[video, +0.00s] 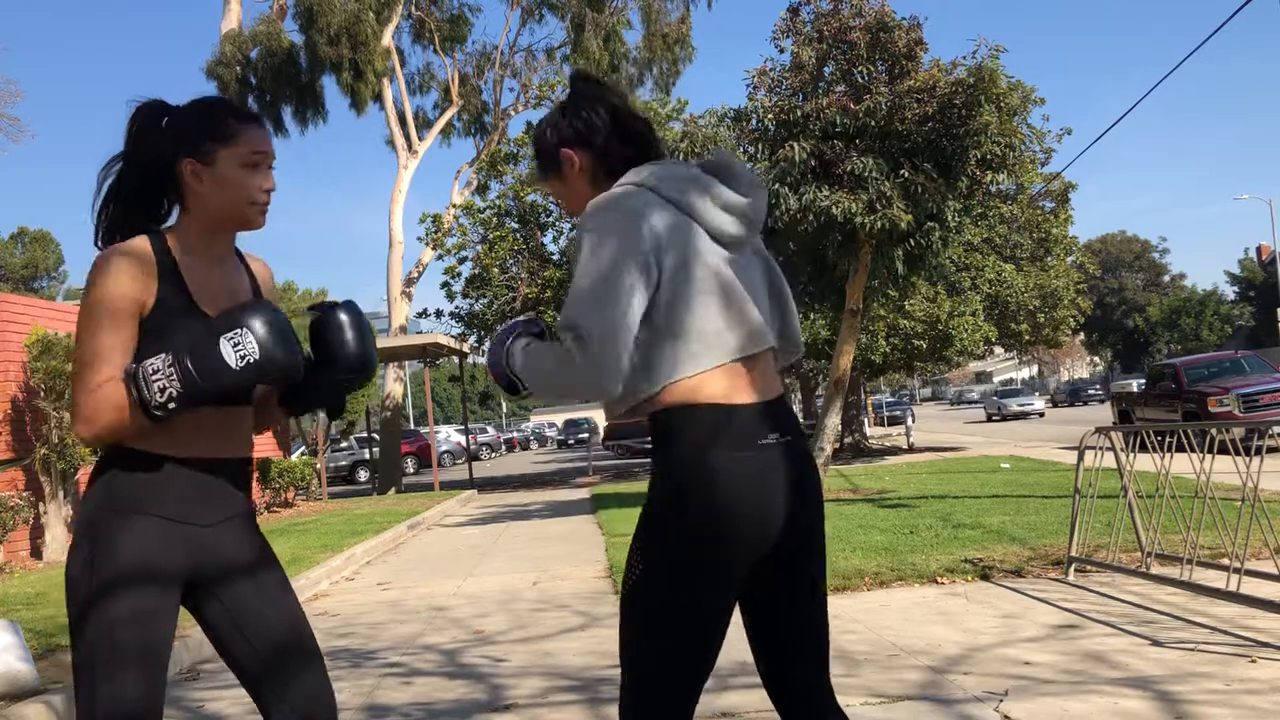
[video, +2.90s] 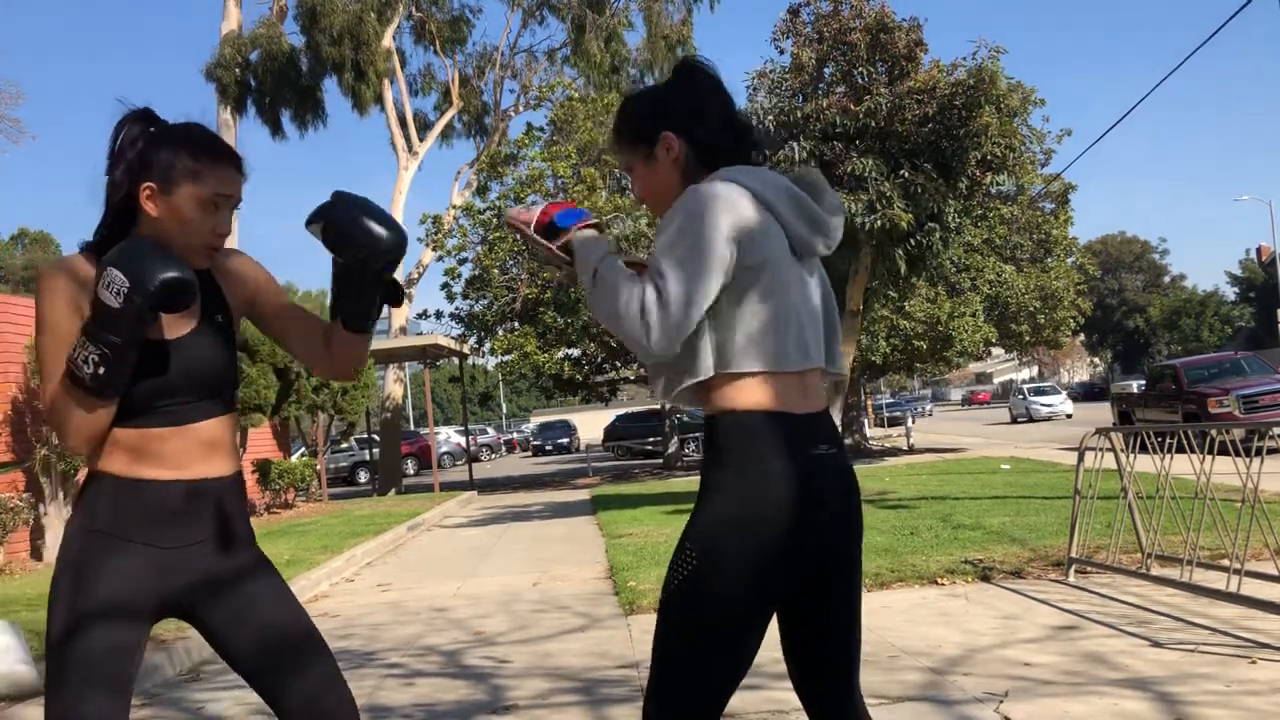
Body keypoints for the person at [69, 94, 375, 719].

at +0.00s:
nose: (272, 184)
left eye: (271, 167)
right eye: (256, 166)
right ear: (195, 173)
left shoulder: (256, 275)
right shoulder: (129, 264)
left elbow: (253, 414)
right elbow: (90, 419)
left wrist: (313, 384)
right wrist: (191, 370)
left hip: (229, 518)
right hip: (135, 513)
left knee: (309, 704)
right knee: (121, 710)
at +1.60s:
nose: (208, 231)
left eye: (213, 216)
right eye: (197, 211)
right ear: (135, 201)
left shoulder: (187, 300)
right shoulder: (41, 270)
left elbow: (226, 425)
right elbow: (43, 413)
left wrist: (277, 345)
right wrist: (116, 316)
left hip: (172, 540)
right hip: (66, 540)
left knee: (280, 708)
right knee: (49, 710)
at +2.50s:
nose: (204, 227)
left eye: (206, 211)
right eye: (190, 207)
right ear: (127, 205)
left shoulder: (193, 297)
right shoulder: (41, 277)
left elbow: (252, 425)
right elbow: (49, 422)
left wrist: (276, 340)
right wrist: (108, 317)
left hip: (190, 541)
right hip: (82, 546)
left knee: (323, 697)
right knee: (70, 709)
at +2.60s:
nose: (211, 204)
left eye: (212, 188)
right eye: (195, 186)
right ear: (131, 188)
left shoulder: (220, 267)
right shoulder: (62, 271)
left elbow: (342, 322)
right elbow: (48, 421)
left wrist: (351, 255)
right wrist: (90, 312)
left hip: (208, 529)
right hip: (99, 533)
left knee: (313, 706)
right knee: (79, 711)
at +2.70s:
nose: (226, 209)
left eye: (230, 192)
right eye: (211, 191)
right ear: (145, 190)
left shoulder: (246, 250)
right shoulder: (82, 275)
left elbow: (379, 229)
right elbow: (87, 426)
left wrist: (460, 165)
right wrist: (110, 318)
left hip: (221, 533)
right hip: (113, 531)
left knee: (314, 703)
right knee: (82, 707)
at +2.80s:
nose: (231, 217)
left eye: (236, 201)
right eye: (217, 199)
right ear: (152, 194)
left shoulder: (246, 254)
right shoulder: (83, 277)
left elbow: (378, 253)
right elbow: (93, 429)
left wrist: (434, 186)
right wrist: (120, 323)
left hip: (225, 535)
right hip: (116, 533)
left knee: (326, 707)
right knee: (80, 711)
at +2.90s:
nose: (229, 225)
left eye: (234, 208)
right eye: (216, 206)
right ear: (151, 199)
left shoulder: (232, 273)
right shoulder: (74, 279)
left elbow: (339, 360)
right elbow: (76, 436)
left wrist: (360, 274)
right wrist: (112, 327)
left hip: (224, 536)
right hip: (115, 537)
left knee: (330, 707)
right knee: (83, 711)